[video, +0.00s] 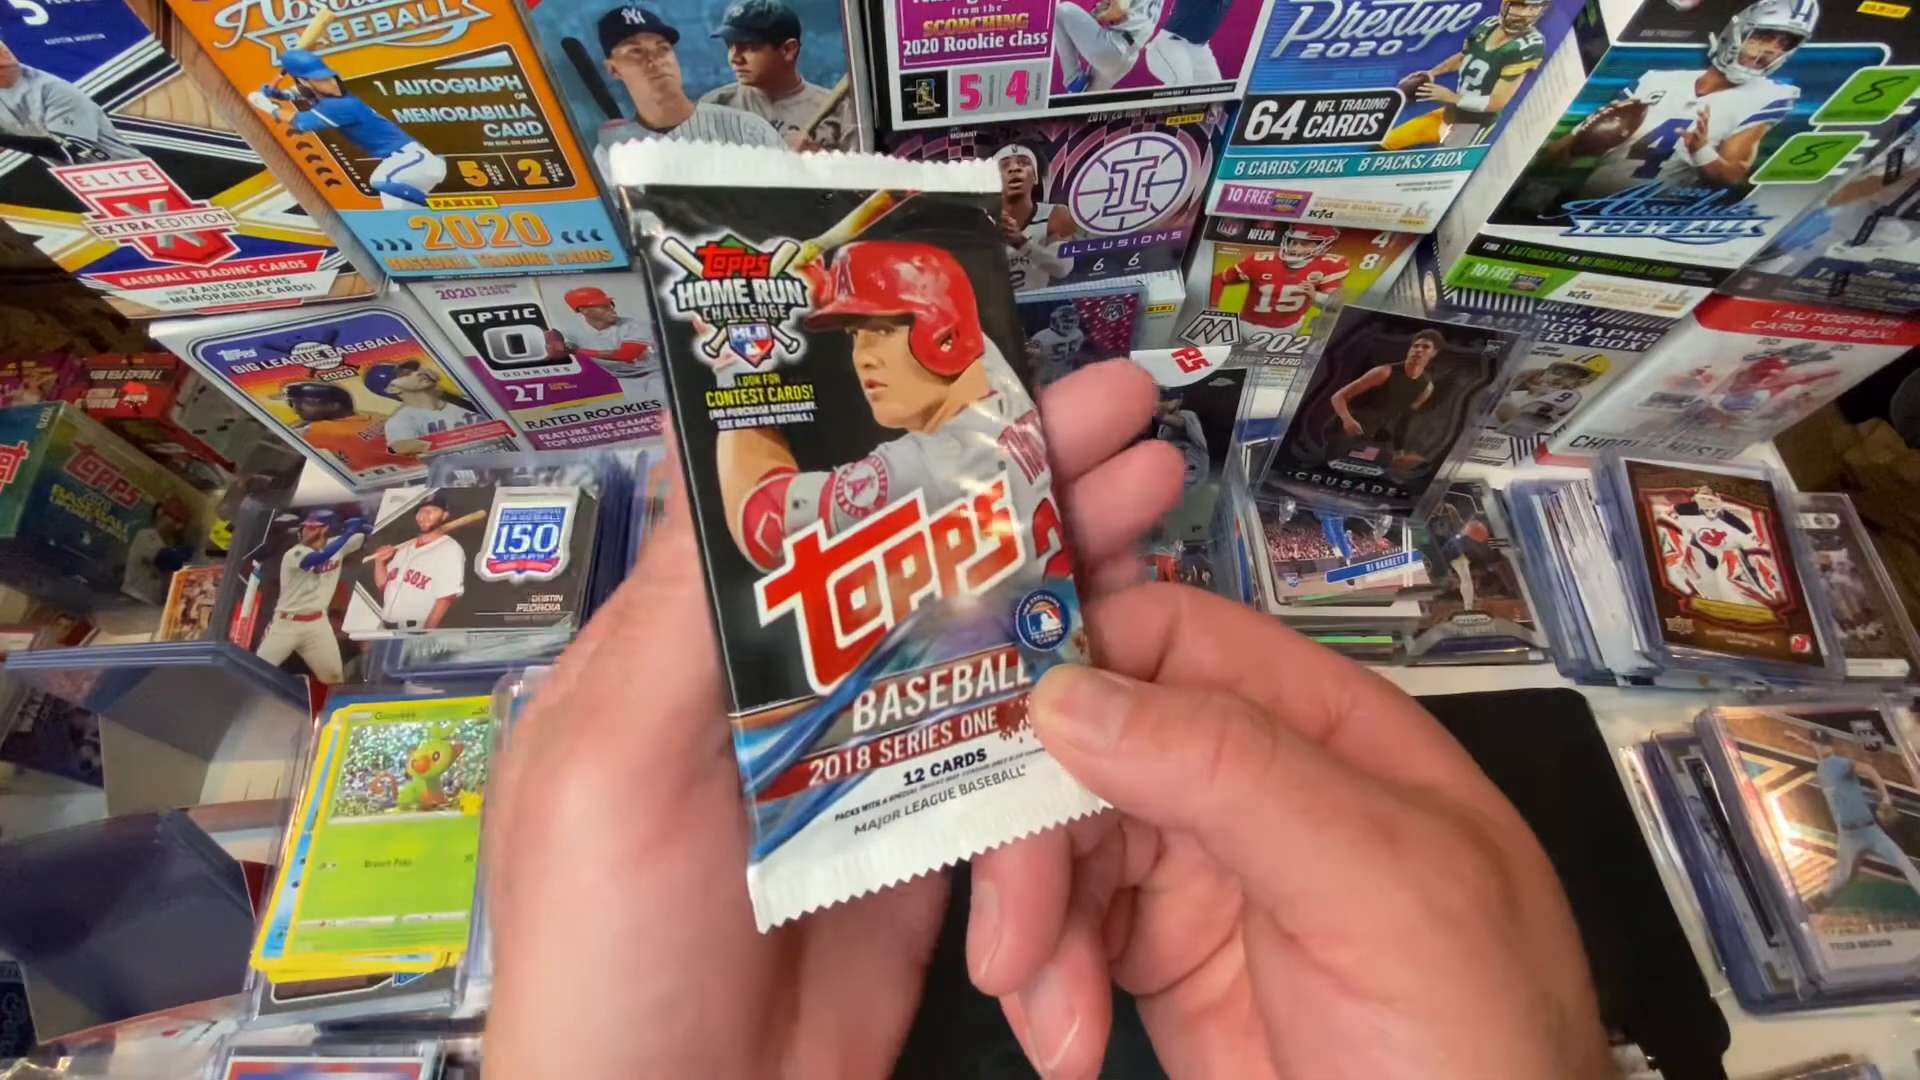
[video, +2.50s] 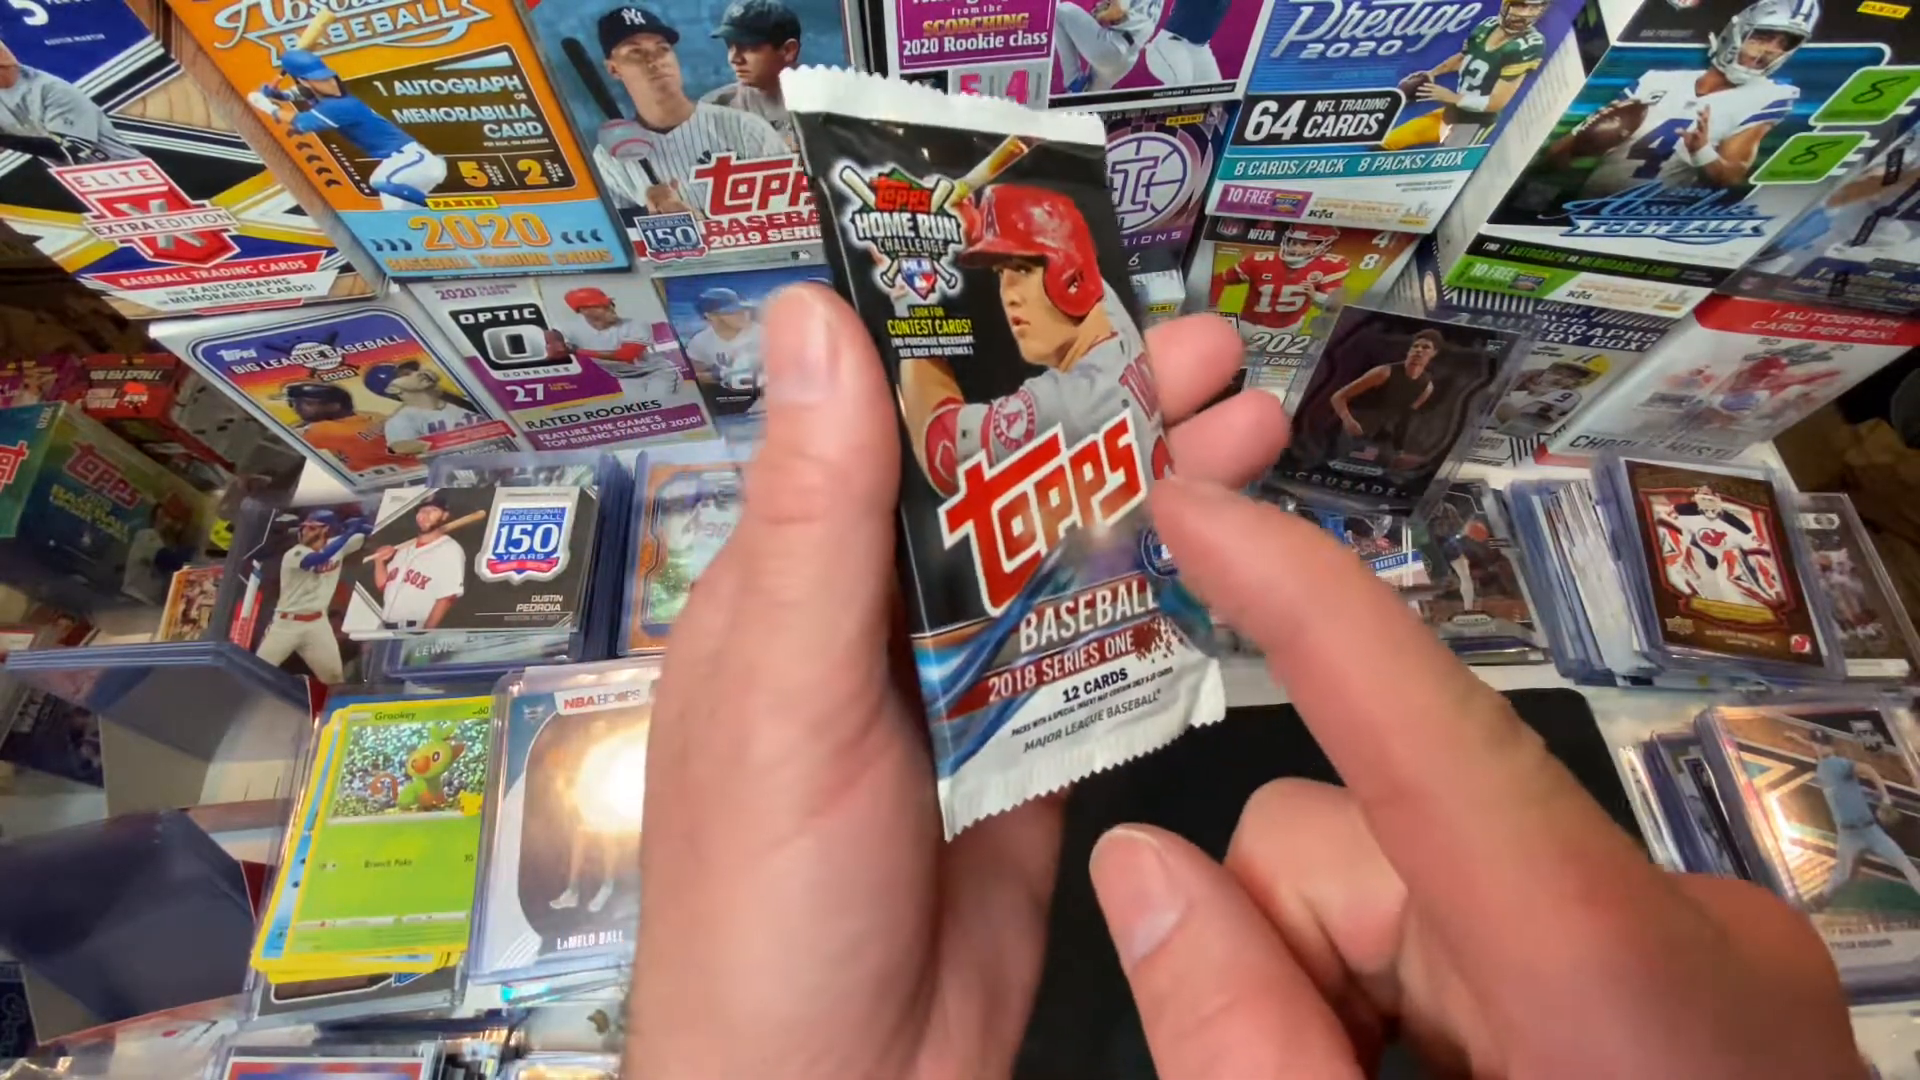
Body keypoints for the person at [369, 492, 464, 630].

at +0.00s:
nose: (424, 516)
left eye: (431, 511)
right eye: (421, 511)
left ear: (444, 515)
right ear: (416, 515)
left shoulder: (450, 550)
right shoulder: (405, 547)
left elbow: (446, 598)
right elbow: (382, 585)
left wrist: (426, 634)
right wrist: (379, 562)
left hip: (416, 631)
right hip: (386, 627)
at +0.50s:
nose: (425, 516)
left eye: (432, 511)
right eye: (422, 511)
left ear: (445, 515)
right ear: (416, 515)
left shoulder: (451, 550)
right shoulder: (405, 547)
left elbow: (446, 598)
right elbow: (382, 585)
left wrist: (425, 634)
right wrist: (379, 561)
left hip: (416, 631)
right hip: (386, 627)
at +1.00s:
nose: (424, 516)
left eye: (431, 511)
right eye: (421, 511)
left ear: (444, 515)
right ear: (416, 516)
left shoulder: (451, 550)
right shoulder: (405, 548)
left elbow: (446, 598)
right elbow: (382, 585)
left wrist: (425, 633)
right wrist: (379, 561)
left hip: (415, 630)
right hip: (385, 627)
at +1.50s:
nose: (425, 516)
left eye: (432, 511)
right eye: (422, 511)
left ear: (445, 516)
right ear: (416, 515)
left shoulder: (451, 550)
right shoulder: (405, 548)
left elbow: (446, 598)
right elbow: (383, 585)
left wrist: (425, 633)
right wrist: (379, 561)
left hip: (415, 630)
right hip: (385, 627)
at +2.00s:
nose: (426, 517)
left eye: (432, 511)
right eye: (422, 511)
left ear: (445, 515)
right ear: (416, 515)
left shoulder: (451, 550)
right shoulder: (405, 548)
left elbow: (447, 598)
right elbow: (382, 585)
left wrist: (425, 633)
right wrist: (379, 561)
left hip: (416, 631)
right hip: (386, 627)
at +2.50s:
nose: (425, 516)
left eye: (432, 511)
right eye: (422, 511)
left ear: (445, 516)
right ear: (416, 515)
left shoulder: (450, 550)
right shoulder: (406, 548)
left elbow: (447, 598)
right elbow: (382, 585)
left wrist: (425, 634)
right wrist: (379, 561)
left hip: (416, 631)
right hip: (386, 627)